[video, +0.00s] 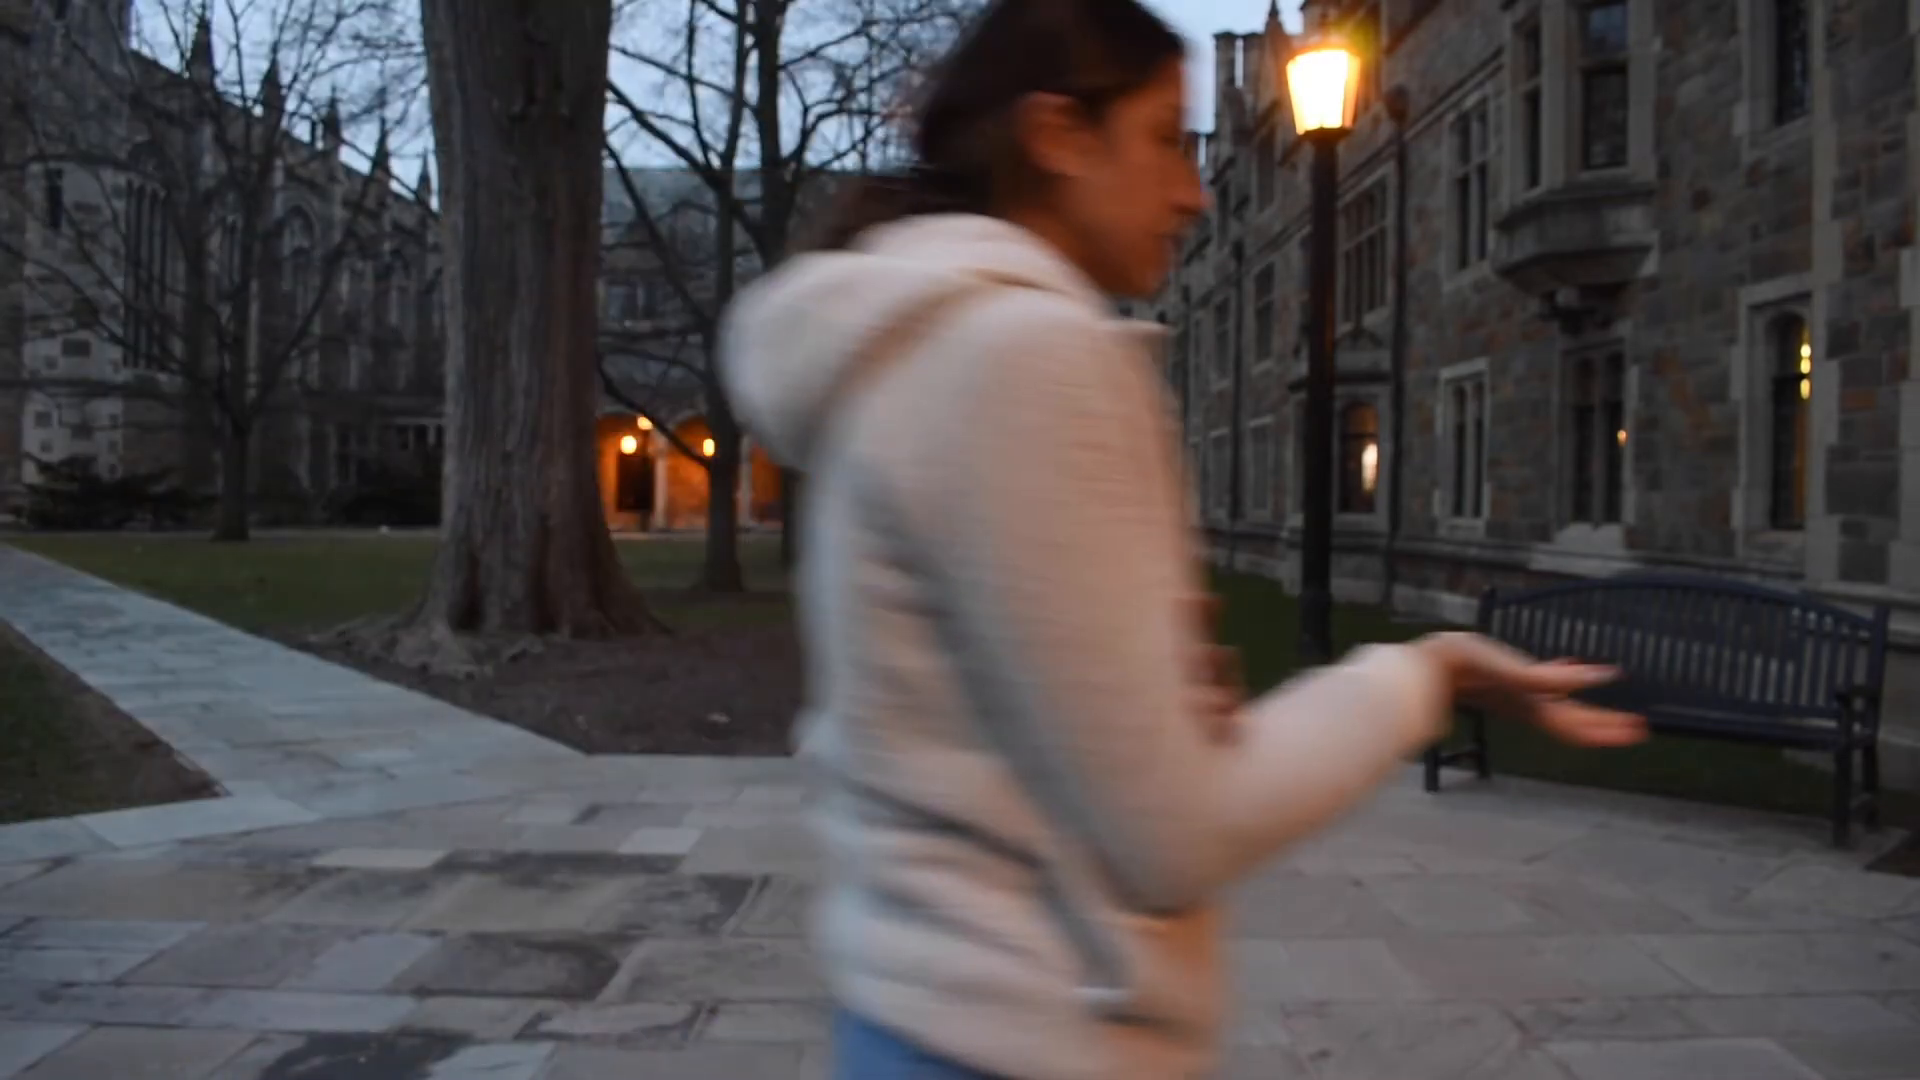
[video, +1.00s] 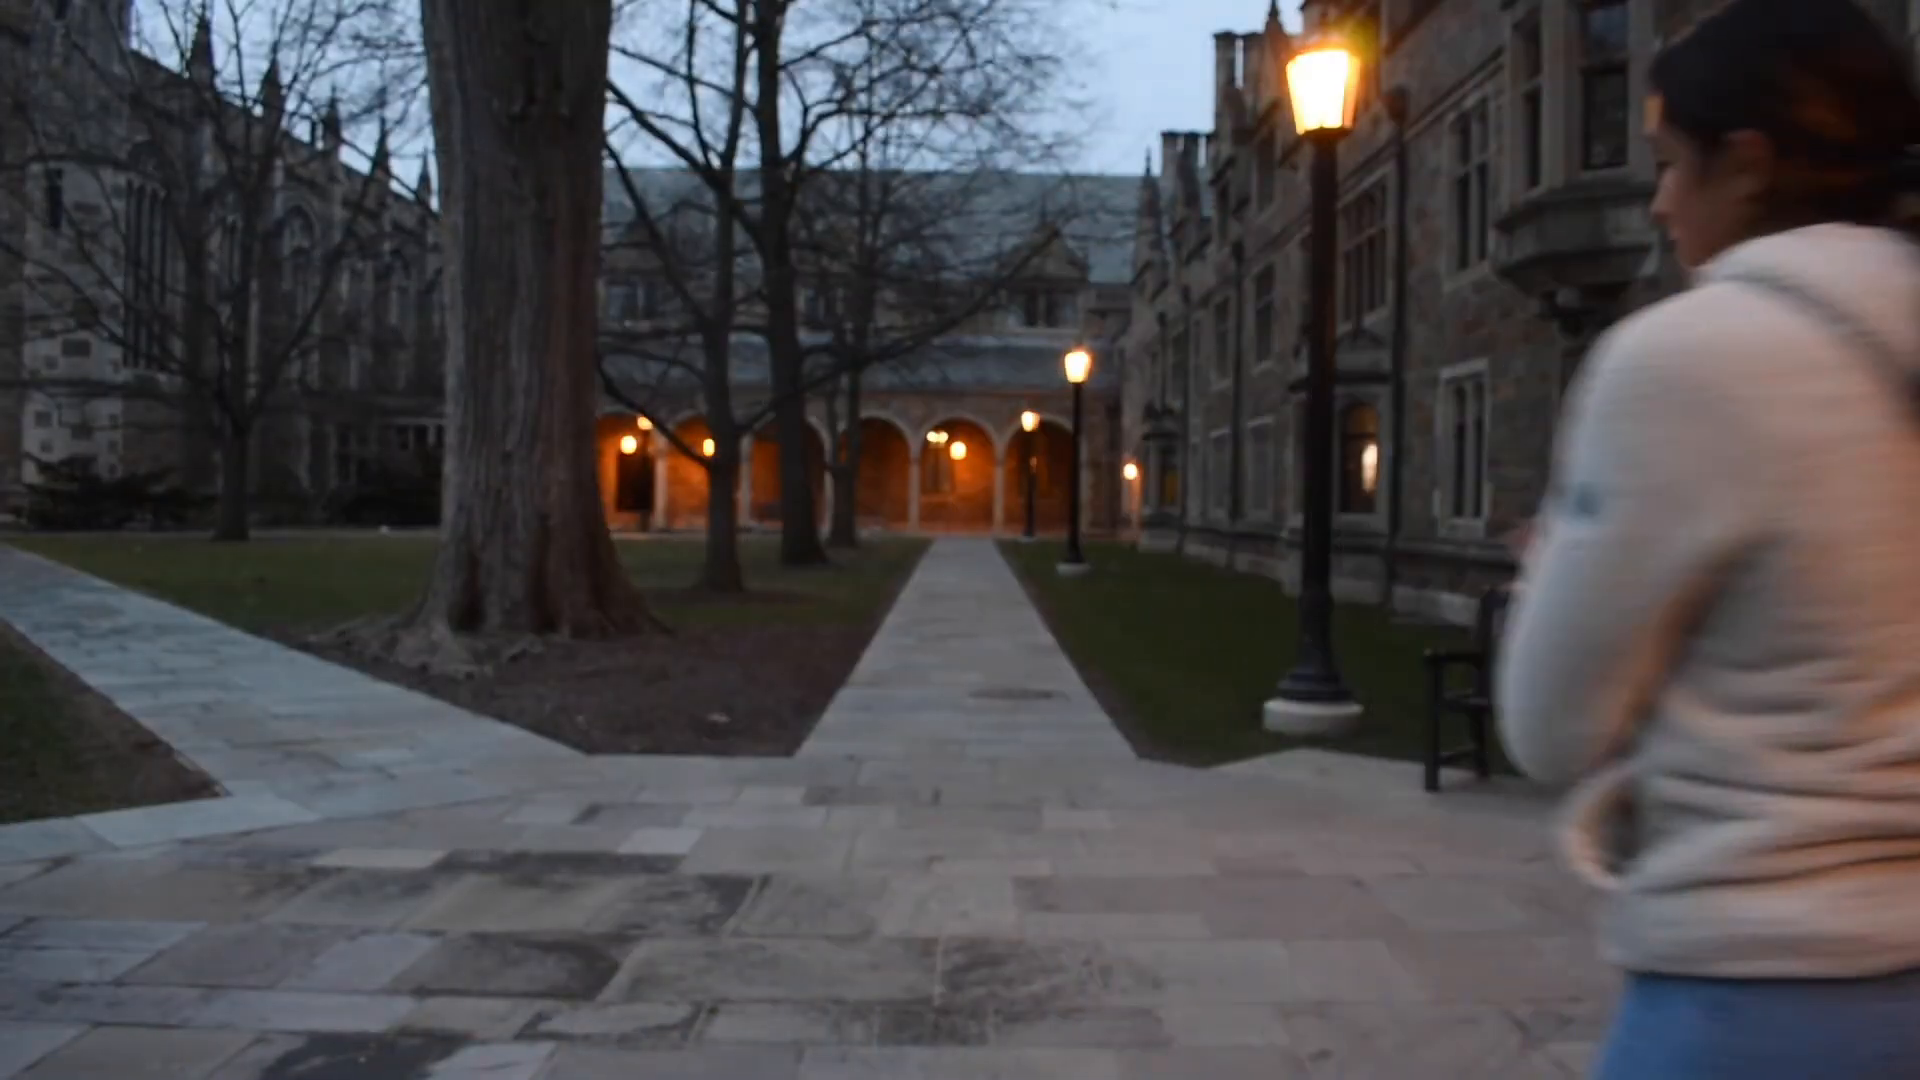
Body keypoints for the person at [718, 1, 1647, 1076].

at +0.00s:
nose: (1196, 195)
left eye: (1189, 150)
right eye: (1169, 142)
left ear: (1057, 141)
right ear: (1056, 137)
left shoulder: (930, 334)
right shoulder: (1026, 354)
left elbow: (935, 737)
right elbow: (1170, 835)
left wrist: (1160, 697)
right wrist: (1428, 676)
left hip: (930, 1014)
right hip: (1030, 1037)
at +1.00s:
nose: (1656, 203)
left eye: (1666, 164)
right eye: (1655, 167)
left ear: (1749, 161)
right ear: (1861, 153)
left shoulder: (1692, 357)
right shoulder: (1898, 310)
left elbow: (1547, 728)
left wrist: (1551, 567)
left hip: (1760, 991)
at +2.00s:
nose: (1361, 199)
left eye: (1403, 153)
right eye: (1368, 158)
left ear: (1524, 172)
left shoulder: (1631, 354)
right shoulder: (1485, 369)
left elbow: (1485, 811)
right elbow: (1440, 723)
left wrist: (1180, 718)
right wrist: (1194, 681)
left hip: (1547, 1036)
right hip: (1431, 1026)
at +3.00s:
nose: (736, 188)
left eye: (774, 151)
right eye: (750, 152)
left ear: (879, 188)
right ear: (864, 194)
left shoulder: (932, 357)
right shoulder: (869, 351)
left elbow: (770, 751)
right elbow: (758, 678)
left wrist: (515, 632)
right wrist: (554, 600)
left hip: (828, 1001)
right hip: (783, 984)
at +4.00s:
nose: (862, 204)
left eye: (882, 179)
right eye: (821, 163)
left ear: (895, 210)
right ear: (732, 189)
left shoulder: (941, 389)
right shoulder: (612, 372)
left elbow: (970, 712)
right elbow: (604, 719)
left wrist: (995, 606)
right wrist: (839, 587)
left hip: (896, 920)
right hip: (679, 931)